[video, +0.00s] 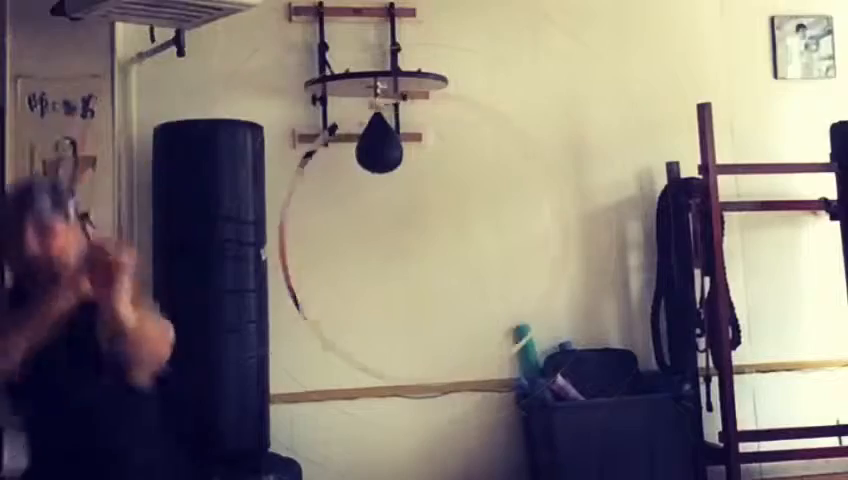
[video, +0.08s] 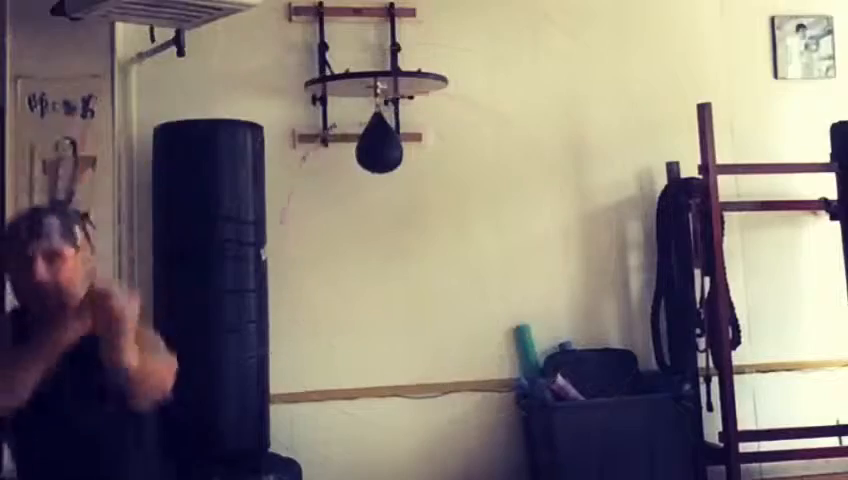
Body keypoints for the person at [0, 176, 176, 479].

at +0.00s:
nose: (33, 246)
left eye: (46, 230)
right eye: (23, 232)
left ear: (78, 230)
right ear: (8, 244)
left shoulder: (111, 294)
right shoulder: (15, 304)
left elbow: (153, 358)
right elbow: (7, 362)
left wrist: (119, 308)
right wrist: (62, 298)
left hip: (134, 461)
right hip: (54, 463)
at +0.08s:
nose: (38, 275)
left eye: (53, 257)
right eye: (25, 260)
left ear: (86, 261)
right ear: (10, 272)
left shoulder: (124, 327)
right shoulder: (13, 331)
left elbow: (155, 391)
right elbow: (7, 399)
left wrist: (124, 357)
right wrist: (64, 332)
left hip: (128, 471)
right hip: (44, 472)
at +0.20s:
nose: (46, 266)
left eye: (60, 247)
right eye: (30, 251)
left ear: (88, 254)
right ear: (17, 263)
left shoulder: (126, 324)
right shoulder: (11, 324)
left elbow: (144, 397)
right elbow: (7, 393)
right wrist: (67, 340)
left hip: (118, 472)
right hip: (37, 472)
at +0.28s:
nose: (53, 223)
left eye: (67, 206)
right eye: (39, 209)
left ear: (90, 211)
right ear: (22, 219)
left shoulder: (133, 296)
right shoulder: (12, 291)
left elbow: (113, 389)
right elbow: (12, 364)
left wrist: (22, 393)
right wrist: (117, 292)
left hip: (123, 470)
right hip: (38, 470)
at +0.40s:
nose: (72, 147)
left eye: (85, 131)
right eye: (58, 132)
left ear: (107, 137)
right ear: (39, 144)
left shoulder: (148, 229)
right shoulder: (27, 222)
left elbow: (81, 355)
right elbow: (10, 297)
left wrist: (6, 364)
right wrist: (97, 285)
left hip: (133, 432)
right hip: (49, 427)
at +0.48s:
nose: (86, 94)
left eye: (98, 81)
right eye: (71, 81)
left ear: (117, 91)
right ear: (47, 96)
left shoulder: (157, 188)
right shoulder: (28, 180)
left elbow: (84, 316)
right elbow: (2, 242)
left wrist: (7, 322)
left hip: (140, 387)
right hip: (57, 378)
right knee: (19, 464)